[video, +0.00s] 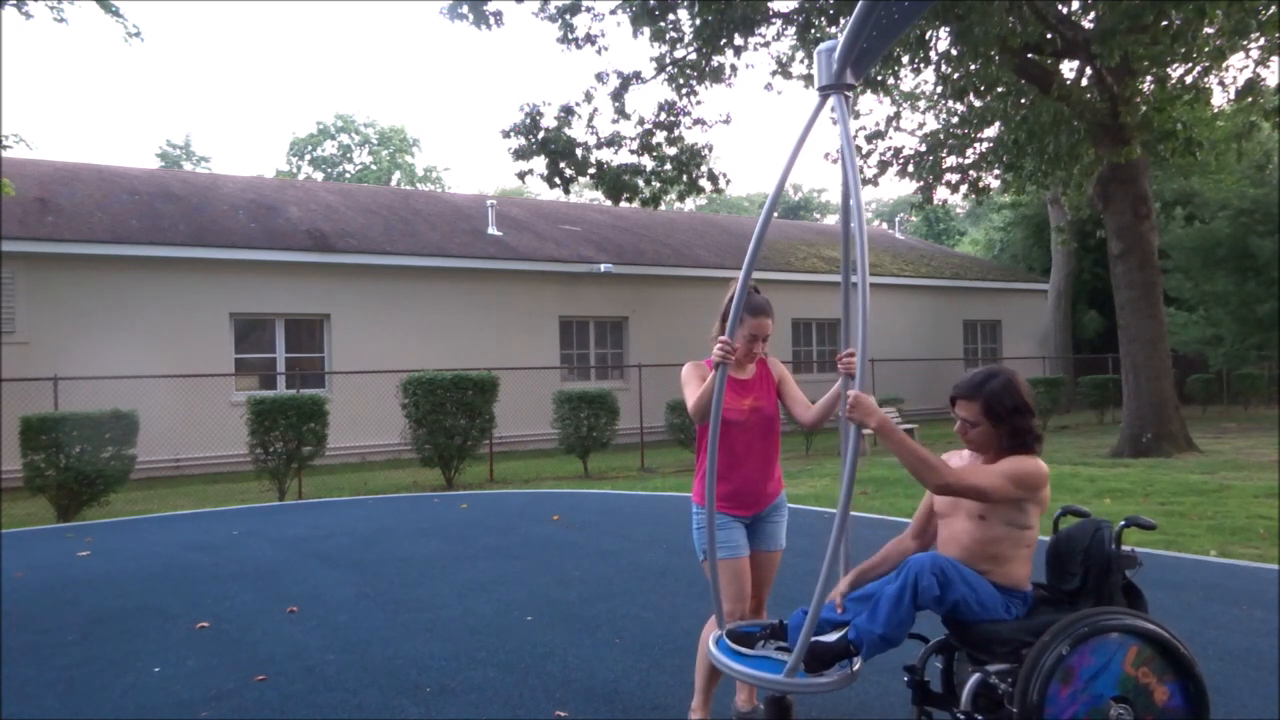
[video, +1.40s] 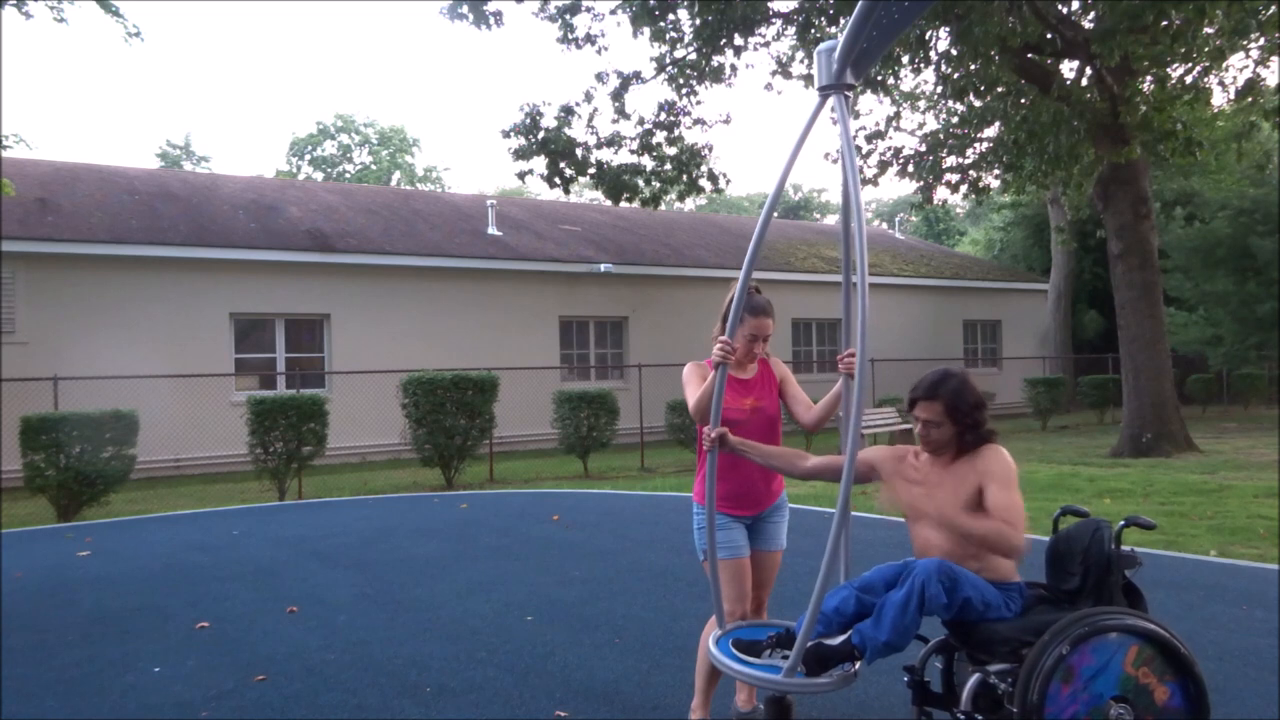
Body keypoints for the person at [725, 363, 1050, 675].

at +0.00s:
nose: (959, 431)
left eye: (969, 424)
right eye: (957, 421)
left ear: (1004, 424)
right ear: (956, 415)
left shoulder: (1030, 471)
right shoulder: (954, 462)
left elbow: (945, 481)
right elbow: (914, 538)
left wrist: (879, 422)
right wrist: (852, 577)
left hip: (1001, 599)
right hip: (945, 585)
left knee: (928, 567)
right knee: (879, 590)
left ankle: (846, 645)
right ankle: (789, 631)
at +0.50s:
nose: (949, 430)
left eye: (959, 422)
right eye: (947, 420)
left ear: (993, 421)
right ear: (946, 415)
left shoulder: (1025, 468)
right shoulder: (944, 464)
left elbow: (945, 484)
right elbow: (895, 526)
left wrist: (880, 424)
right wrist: (837, 531)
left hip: (1001, 600)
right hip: (945, 588)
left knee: (933, 568)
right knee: (876, 594)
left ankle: (852, 649)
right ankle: (796, 636)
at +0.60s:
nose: (948, 428)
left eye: (957, 421)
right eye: (946, 419)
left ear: (992, 420)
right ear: (945, 414)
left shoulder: (1024, 466)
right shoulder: (940, 464)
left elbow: (945, 482)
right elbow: (876, 513)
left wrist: (880, 423)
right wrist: (812, 502)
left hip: (1002, 599)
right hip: (945, 587)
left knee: (933, 568)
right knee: (883, 589)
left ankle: (854, 649)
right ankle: (798, 636)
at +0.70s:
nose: (946, 427)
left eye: (956, 420)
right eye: (945, 417)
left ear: (991, 420)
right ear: (944, 412)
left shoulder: (1023, 466)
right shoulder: (935, 463)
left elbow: (946, 482)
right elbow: (859, 498)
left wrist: (881, 423)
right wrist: (795, 474)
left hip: (1001, 599)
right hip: (944, 586)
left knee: (933, 568)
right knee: (887, 583)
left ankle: (853, 649)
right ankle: (798, 637)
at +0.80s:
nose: (945, 427)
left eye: (955, 420)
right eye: (943, 417)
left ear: (989, 419)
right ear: (942, 413)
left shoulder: (1021, 465)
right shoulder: (936, 461)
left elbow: (946, 483)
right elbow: (853, 478)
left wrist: (883, 424)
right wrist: (776, 451)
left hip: (1001, 599)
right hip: (945, 587)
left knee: (933, 568)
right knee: (892, 583)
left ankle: (853, 648)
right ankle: (802, 636)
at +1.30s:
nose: (928, 430)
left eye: (940, 422)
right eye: (924, 420)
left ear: (971, 421)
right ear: (920, 416)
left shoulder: (1000, 457)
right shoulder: (905, 459)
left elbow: (966, 504)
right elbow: (811, 461)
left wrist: (884, 442)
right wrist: (735, 442)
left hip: (999, 595)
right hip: (938, 583)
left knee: (932, 571)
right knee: (888, 577)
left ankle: (848, 650)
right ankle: (796, 638)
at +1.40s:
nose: (922, 433)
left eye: (934, 425)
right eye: (917, 422)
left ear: (963, 423)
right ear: (912, 418)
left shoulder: (991, 460)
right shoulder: (896, 459)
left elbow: (1013, 541)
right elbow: (808, 464)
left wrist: (937, 512)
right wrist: (734, 443)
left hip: (996, 594)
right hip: (933, 583)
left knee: (930, 572)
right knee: (882, 578)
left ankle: (847, 650)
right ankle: (795, 638)